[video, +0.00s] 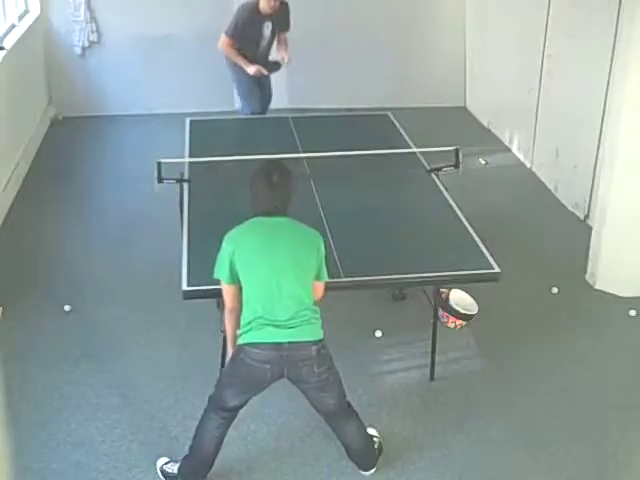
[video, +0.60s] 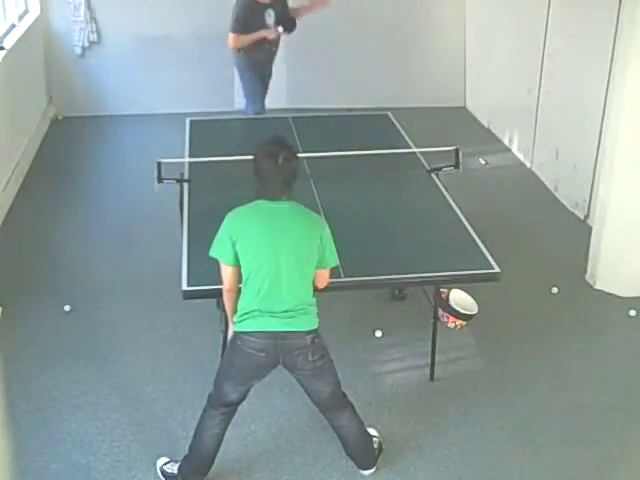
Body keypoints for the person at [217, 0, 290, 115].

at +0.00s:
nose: (274, 4)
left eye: (278, 1)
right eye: (271, 0)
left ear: (281, 2)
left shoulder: (283, 8)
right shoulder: (246, 11)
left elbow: (281, 34)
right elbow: (224, 44)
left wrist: (283, 52)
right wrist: (248, 66)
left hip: (262, 63)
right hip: (239, 62)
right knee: (251, 108)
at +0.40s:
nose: (272, 2)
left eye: (276, 1)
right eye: (269, 0)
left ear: (279, 1)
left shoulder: (283, 4)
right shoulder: (245, 6)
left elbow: (284, 31)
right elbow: (231, 47)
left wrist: (289, 47)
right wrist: (258, 58)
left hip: (264, 56)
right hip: (242, 55)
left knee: (254, 106)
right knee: (251, 106)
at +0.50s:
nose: (272, 2)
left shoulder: (281, 3)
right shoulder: (245, 5)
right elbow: (233, 43)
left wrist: (292, 30)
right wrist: (263, 42)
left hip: (264, 58)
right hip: (243, 57)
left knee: (255, 106)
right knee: (252, 107)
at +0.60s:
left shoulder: (279, 3)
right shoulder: (244, 5)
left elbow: (287, 15)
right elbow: (234, 41)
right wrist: (263, 34)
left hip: (266, 62)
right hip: (247, 62)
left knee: (255, 108)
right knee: (257, 108)